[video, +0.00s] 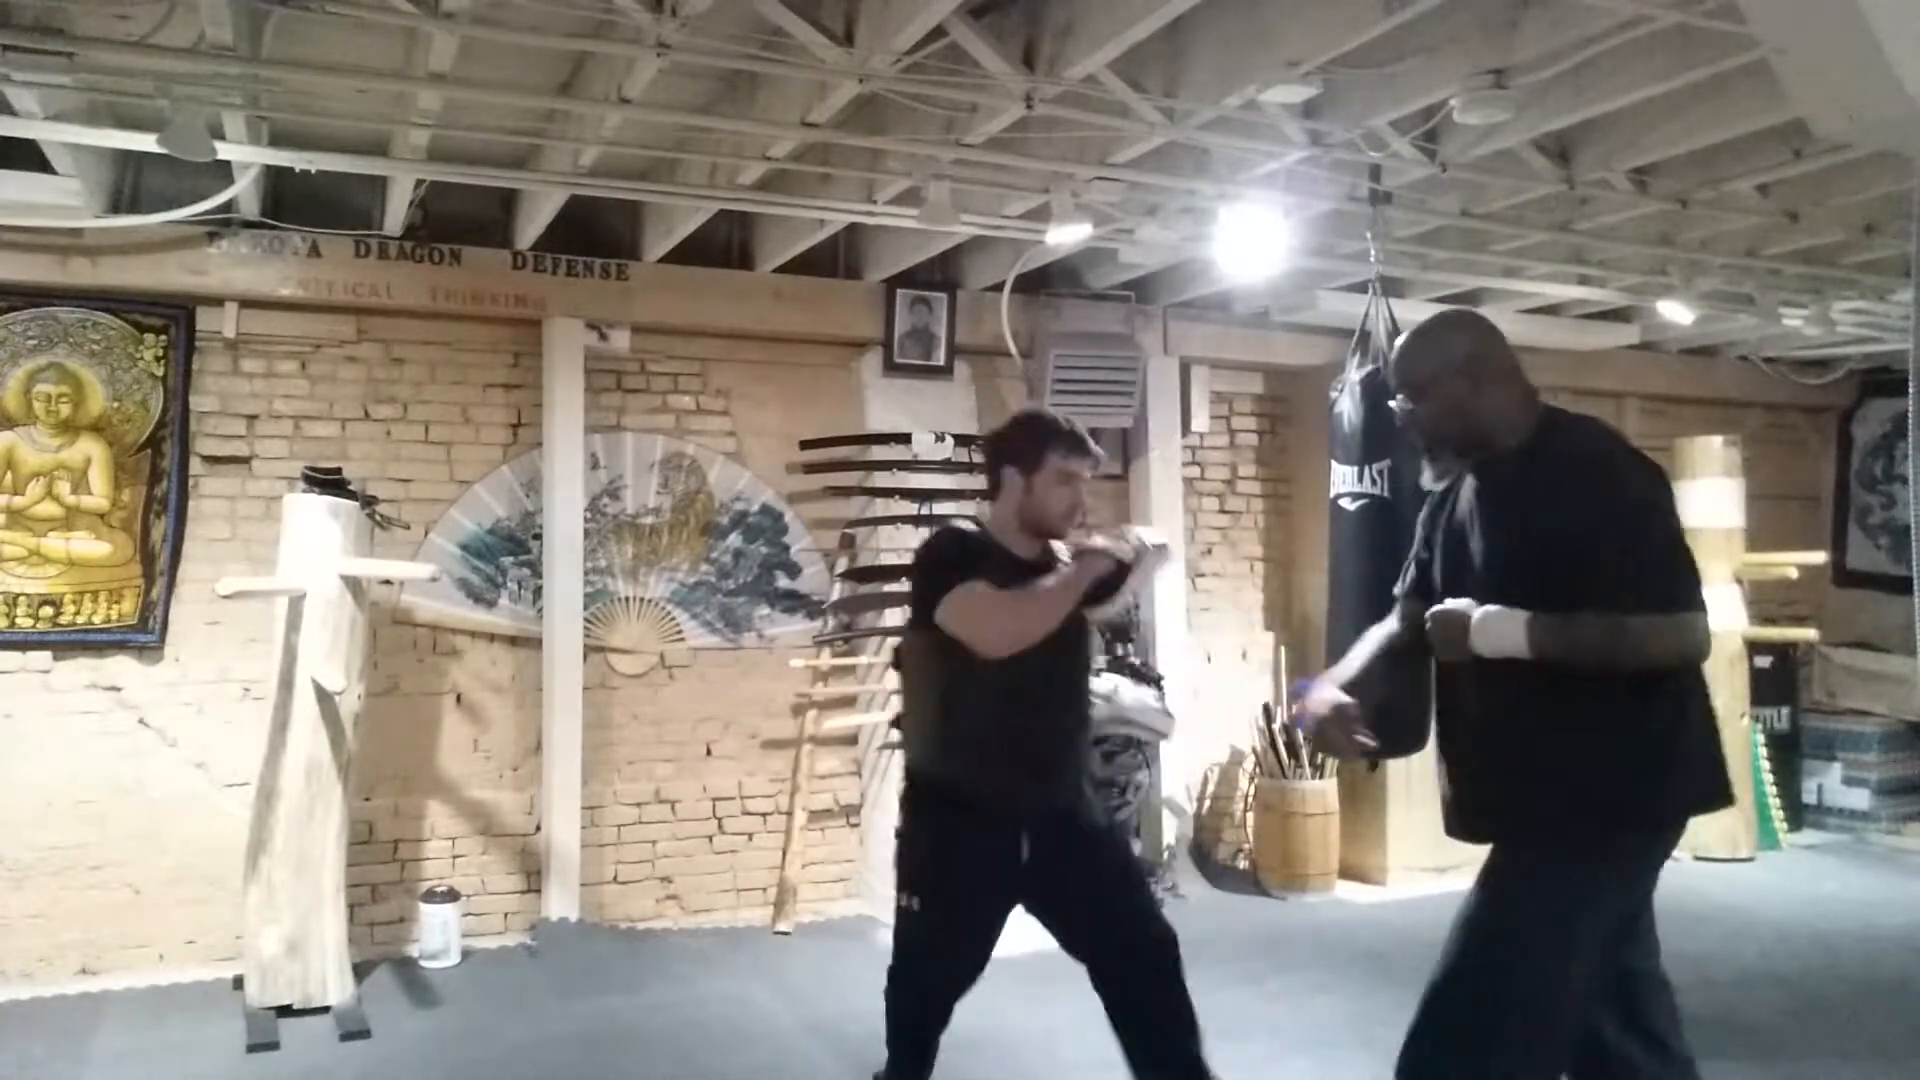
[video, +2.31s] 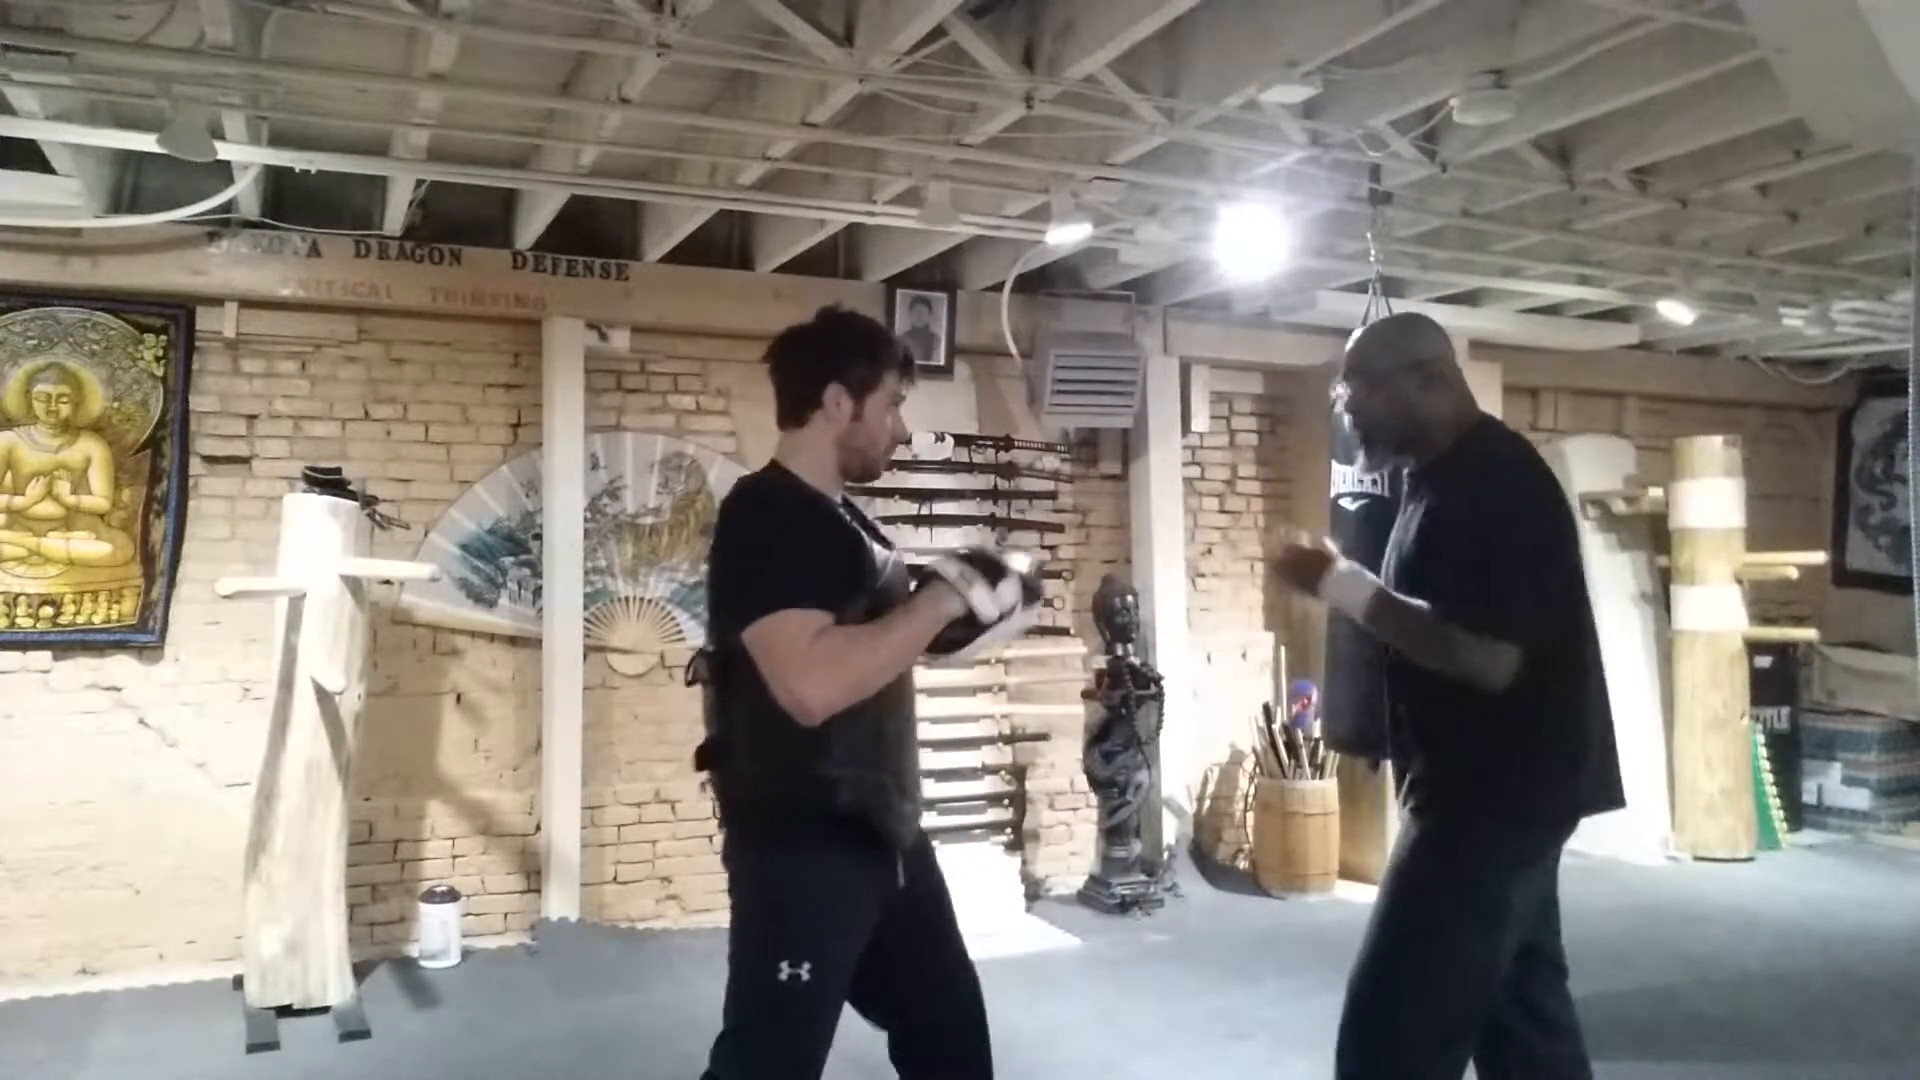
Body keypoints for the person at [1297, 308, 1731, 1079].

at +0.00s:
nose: (1403, 421)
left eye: (1413, 397)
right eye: (1399, 402)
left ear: (1475, 380)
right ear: (1466, 388)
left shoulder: (1606, 472)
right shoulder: (1457, 495)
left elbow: (1681, 634)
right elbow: (1409, 612)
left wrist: (1497, 630)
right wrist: (1336, 684)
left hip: (1613, 807)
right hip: (1537, 806)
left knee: (1459, 1051)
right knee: (1624, 1036)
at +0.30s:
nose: (1326, 435)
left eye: (1333, 414)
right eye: (1320, 418)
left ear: (1391, 389)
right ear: (1391, 392)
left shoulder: (1508, 480)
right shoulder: (1406, 495)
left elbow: (1580, 663)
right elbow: (1428, 645)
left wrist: (1415, 659)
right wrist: (1404, 746)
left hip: (1571, 781)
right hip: (1493, 780)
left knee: (1432, 1034)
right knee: (1509, 1018)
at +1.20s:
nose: (1289, 433)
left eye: (1305, 411)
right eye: (1287, 413)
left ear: (1372, 407)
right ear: (1370, 411)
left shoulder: (1454, 509)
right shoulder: (1366, 503)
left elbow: (1473, 713)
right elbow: (1378, 653)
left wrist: (1337, 673)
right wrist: (1345, 705)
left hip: (1488, 804)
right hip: (1430, 794)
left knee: (1369, 1038)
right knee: (1508, 1021)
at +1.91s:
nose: (1350, 405)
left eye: (1361, 385)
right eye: (1348, 388)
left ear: (1428, 375)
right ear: (1423, 380)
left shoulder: (1526, 486)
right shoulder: (1417, 490)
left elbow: (1572, 657)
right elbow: (1432, 637)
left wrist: (1392, 636)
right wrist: (1359, 677)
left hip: (1497, 798)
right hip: (1440, 789)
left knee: (1389, 1028)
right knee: (1514, 1017)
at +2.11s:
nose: (1360, 407)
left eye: (1370, 386)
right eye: (1357, 390)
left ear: (1439, 376)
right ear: (1437, 380)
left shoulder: (1513, 476)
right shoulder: (1446, 476)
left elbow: (1570, 646)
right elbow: (1452, 606)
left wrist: (1419, 649)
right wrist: (1379, 614)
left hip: (1500, 793)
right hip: (1464, 783)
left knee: (1390, 1021)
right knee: (1516, 1013)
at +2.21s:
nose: (1356, 409)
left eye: (1365, 389)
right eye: (1353, 392)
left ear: (1432, 378)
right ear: (1433, 381)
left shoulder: (1505, 476)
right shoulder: (1455, 475)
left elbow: (1530, 652)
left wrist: (1393, 623)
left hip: (1493, 798)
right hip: (1478, 788)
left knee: (1381, 1026)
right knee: (1521, 1016)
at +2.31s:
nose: (1342, 401)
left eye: (1357, 383)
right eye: (1342, 385)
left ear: (1426, 378)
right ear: (1427, 382)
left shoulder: (1493, 475)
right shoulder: (1448, 475)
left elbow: (1491, 657)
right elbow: (1459, 630)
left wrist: (1342, 583)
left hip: (1491, 800)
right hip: (1478, 790)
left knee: (1388, 1039)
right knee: (1526, 1026)